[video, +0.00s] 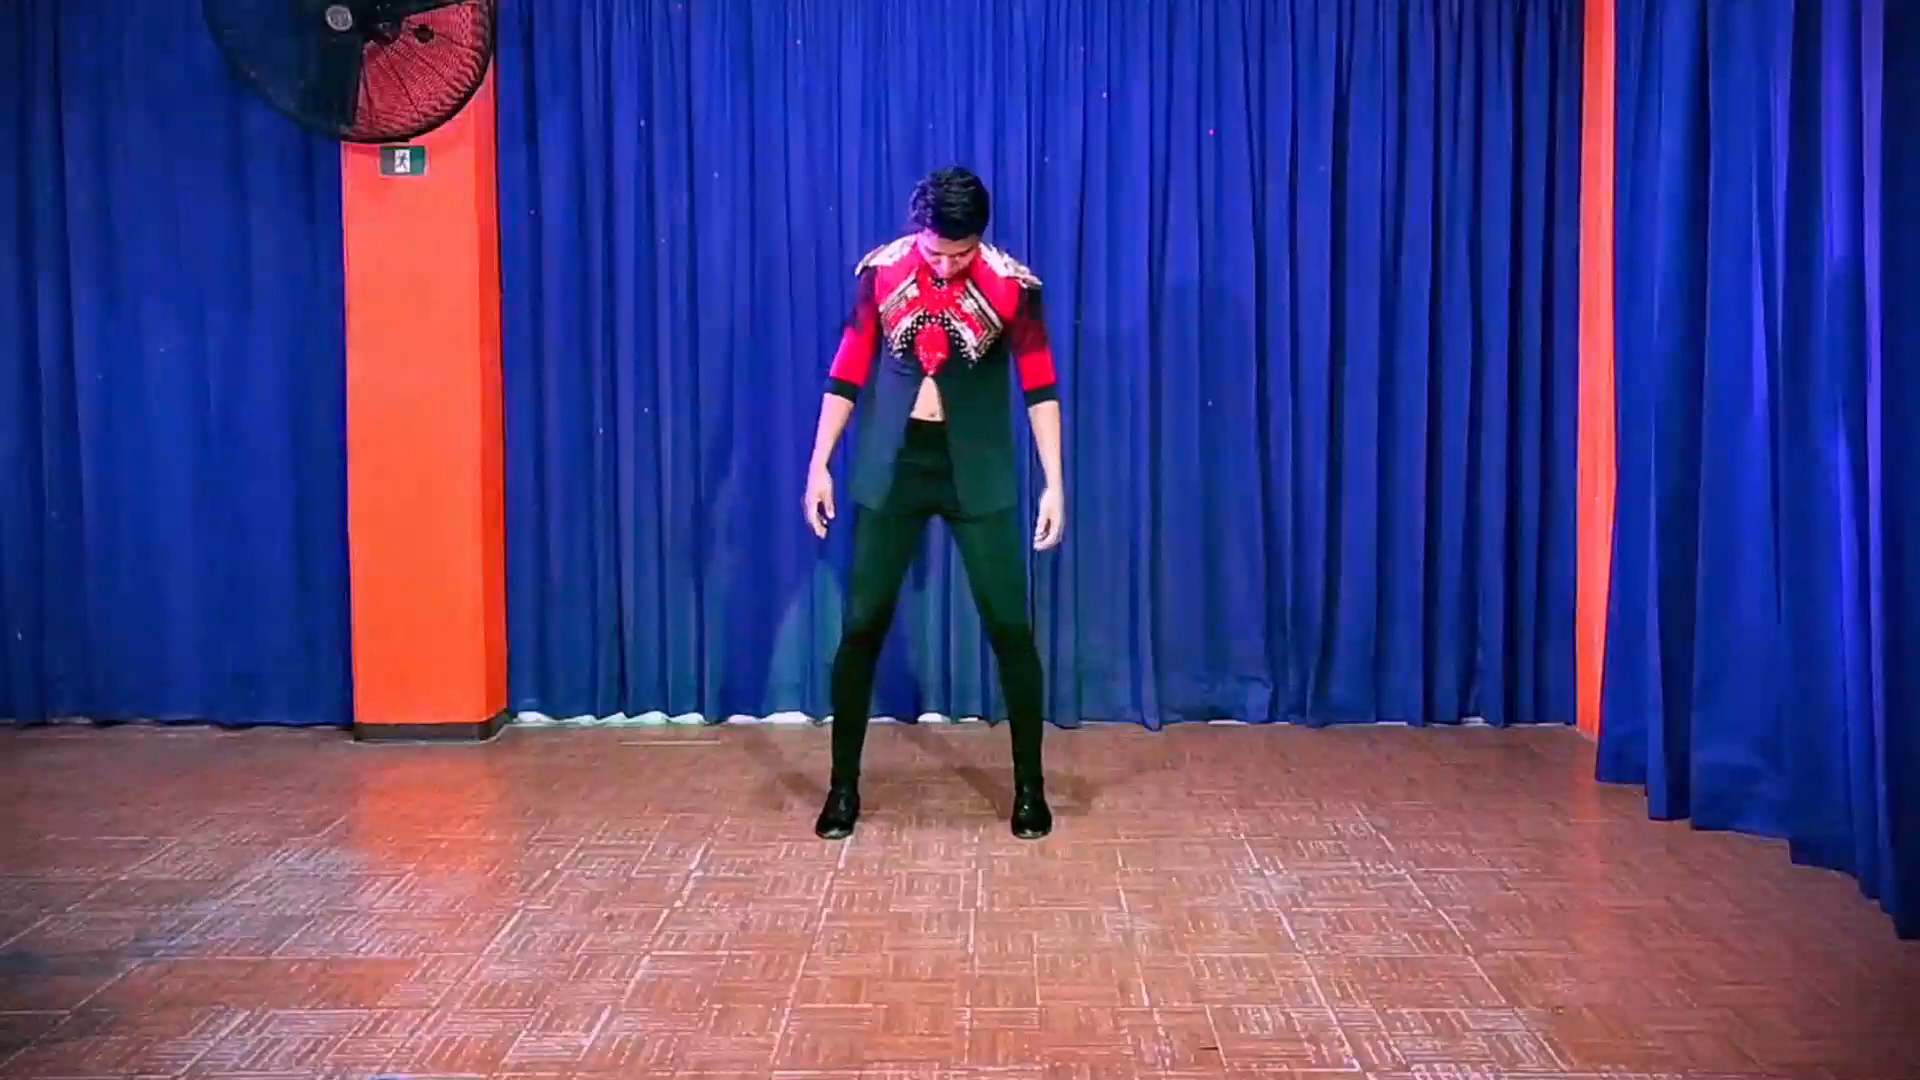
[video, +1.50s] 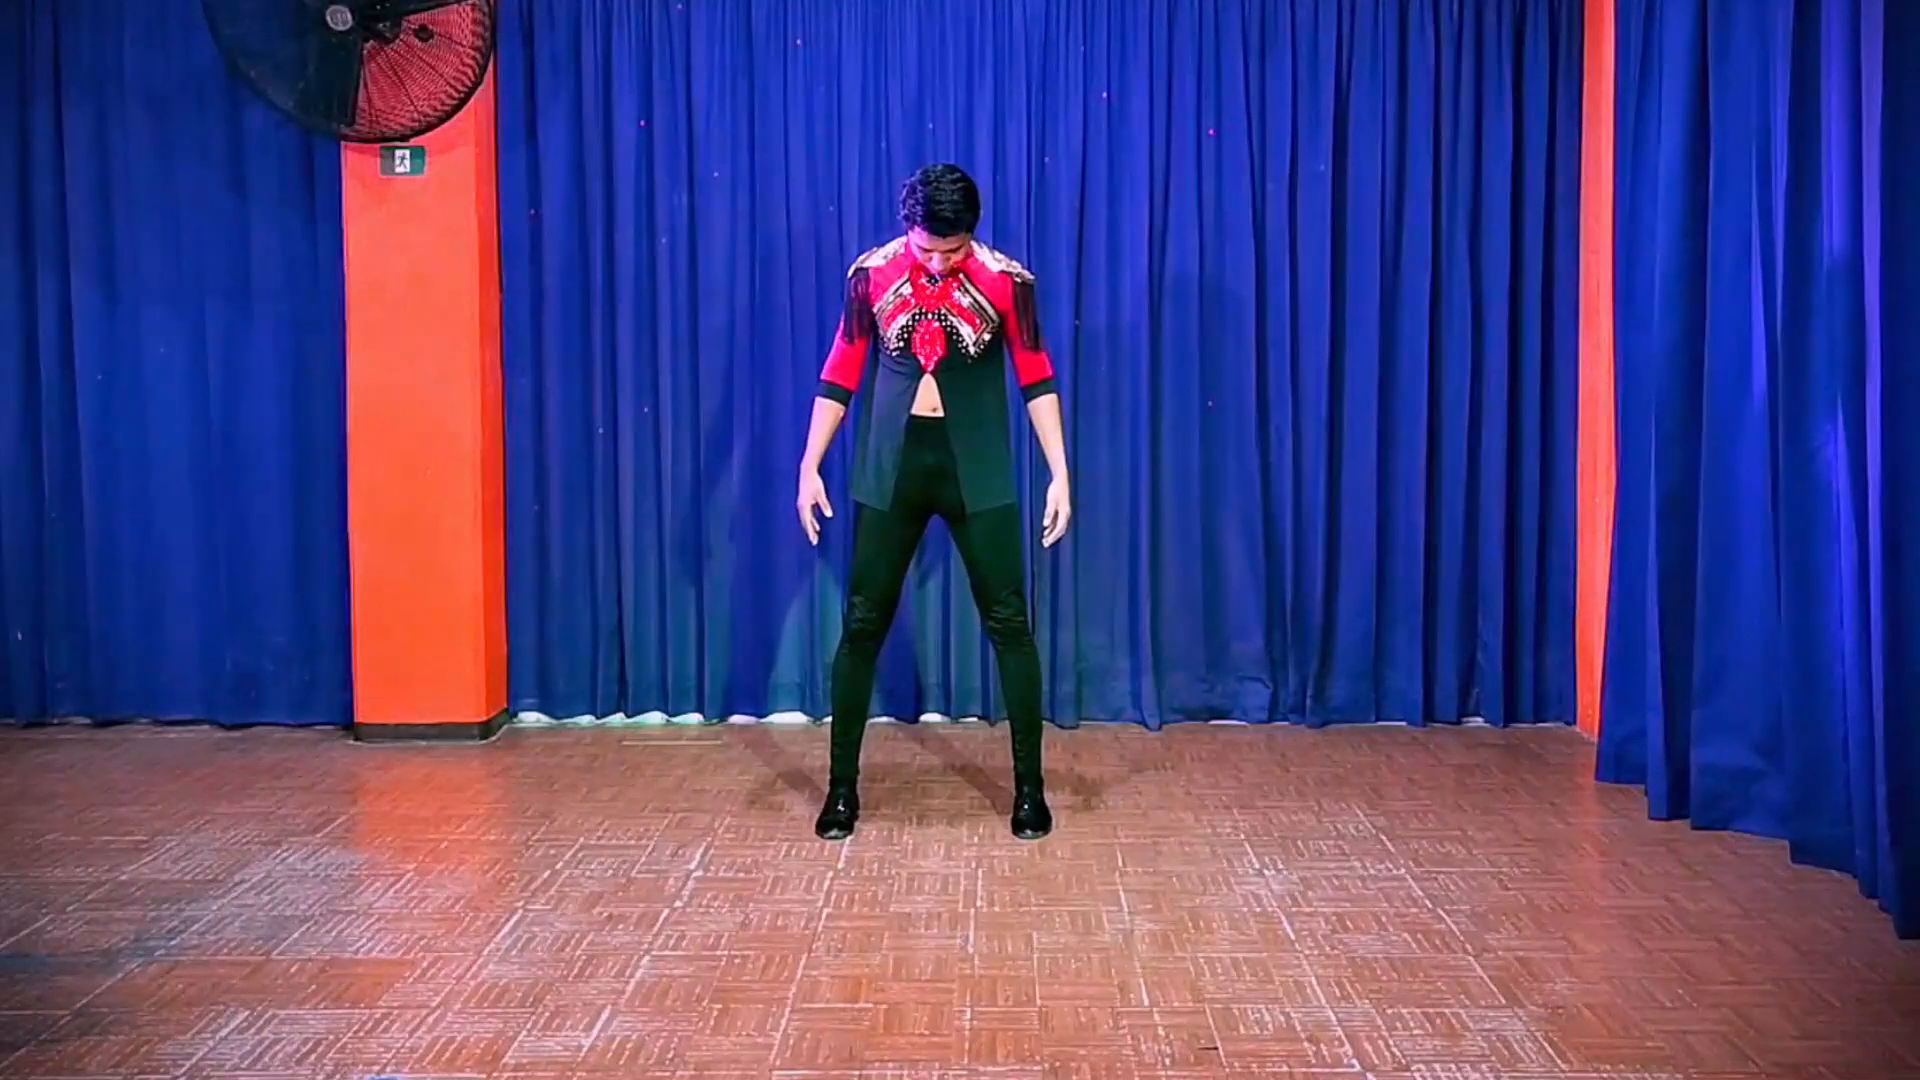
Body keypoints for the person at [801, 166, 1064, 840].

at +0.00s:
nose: (945, 262)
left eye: (959, 252)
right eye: (935, 250)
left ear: (981, 236)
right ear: (918, 231)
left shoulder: (1012, 285)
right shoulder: (882, 274)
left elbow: (1039, 387)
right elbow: (849, 372)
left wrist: (1053, 484)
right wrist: (818, 463)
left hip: (981, 466)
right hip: (893, 463)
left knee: (1011, 625)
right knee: (863, 623)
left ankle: (1029, 785)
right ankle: (842, 785)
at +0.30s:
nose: (937, 265)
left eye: (950, 255)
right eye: (926, 253)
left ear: (971, 239)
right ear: (907, 232)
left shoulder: (998, 283)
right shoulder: (869, 275)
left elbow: (1028, 382)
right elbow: (835, 373)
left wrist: (1046, 477)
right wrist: (805, 465)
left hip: (973, 468)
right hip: (886, 465)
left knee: (1003, 622)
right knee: (859, 623)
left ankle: (1028, 782)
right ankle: (841, 785)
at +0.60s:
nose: (936, 262)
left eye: (948, 251)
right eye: (924, 250)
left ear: (969, 234)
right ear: (903, 231)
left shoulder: (1002, 281)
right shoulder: (869, 276)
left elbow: (1032, 377)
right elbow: (838, 375)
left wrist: (1058, 472)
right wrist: (806, 468)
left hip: (975, 467)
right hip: (888, 465)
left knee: (1005, 621)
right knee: (861, 621)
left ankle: (1028, 785)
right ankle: (841, 787)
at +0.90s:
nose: (939, 262)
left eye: (951, 252)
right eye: (927, 251)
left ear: (971, 234)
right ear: (906, 232)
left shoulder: (1003, 281)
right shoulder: (870, 277)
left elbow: (1034, 378)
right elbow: (839, 375)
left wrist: (1060, 472)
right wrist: (808, 467)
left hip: (977, 466)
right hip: (891, 465)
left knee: (1006, 618)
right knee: (862, 620)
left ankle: (1028, 784)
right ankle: (841, 785)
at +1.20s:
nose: (939, 262)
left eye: (952, 251)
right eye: (927, 250)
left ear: (973, 233)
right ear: (908, 230)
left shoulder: (1006, 282)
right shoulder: (871, 276)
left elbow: (1036, 379)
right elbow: (840, 374)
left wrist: (1059, 473)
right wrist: (807, 466)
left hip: (979, 465)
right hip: (892, 464)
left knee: (1008, 619)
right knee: (864, 620)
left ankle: (1029, 786)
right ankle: (841, 787)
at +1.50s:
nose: (942, 259)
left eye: (954, 248)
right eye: (929, 247)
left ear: (974, 230)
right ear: (909, 228)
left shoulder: (1007, 281)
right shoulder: (872, 275)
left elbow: (1036, 378)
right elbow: (842, 372)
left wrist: (1059, 473)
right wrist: (809, 465)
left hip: (979, 464)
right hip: (892, 463)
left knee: (1008, 619)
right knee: (863, 622)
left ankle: (1029, 785)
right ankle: (841, 786)